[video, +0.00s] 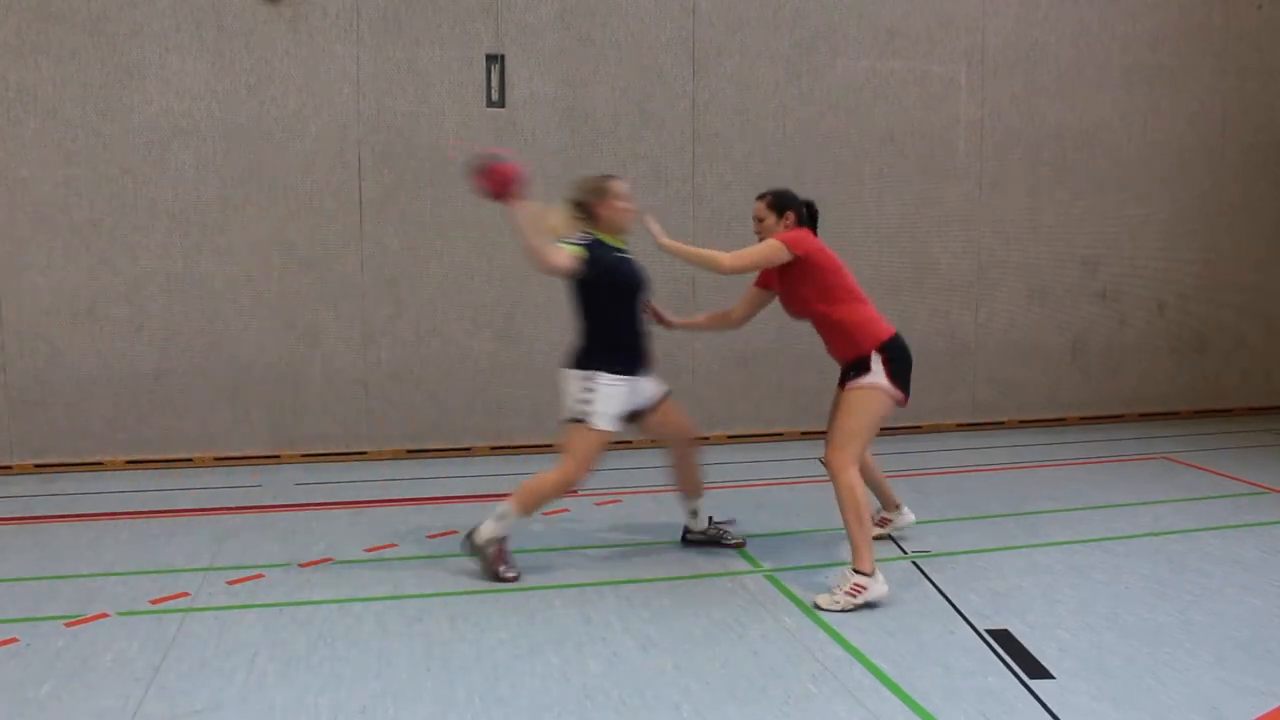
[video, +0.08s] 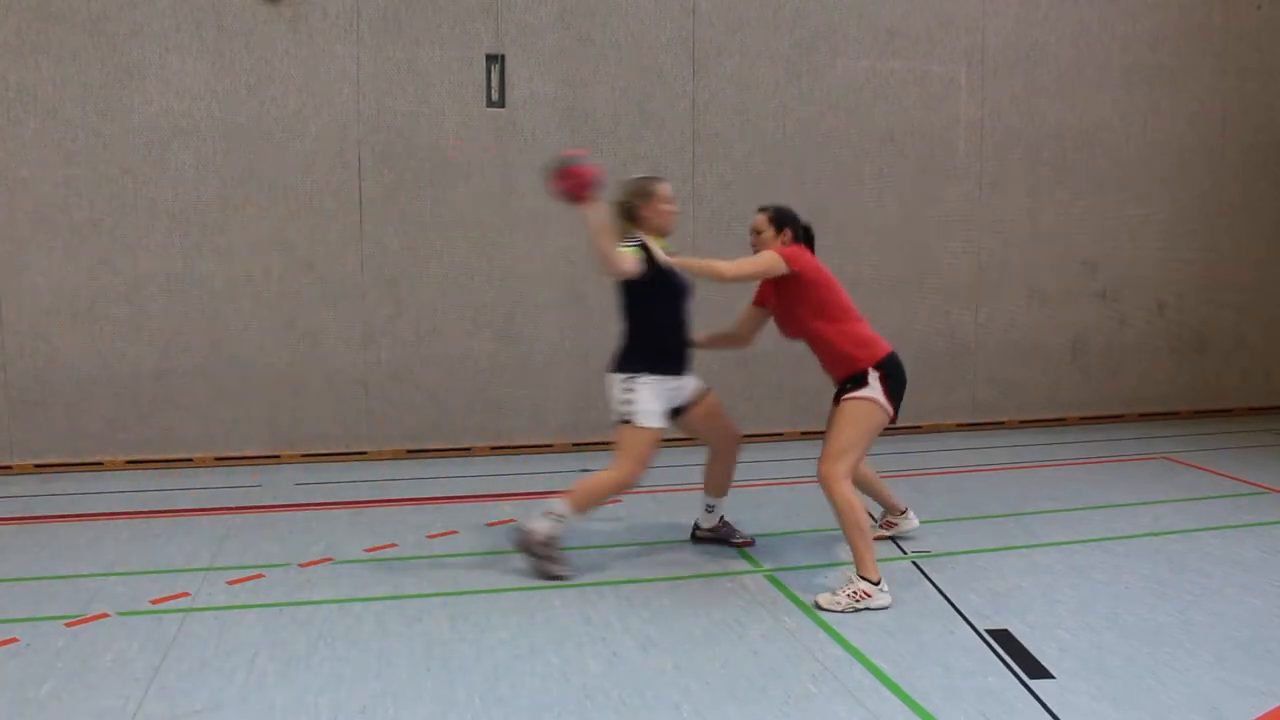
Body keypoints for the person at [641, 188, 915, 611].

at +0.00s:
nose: (754, 229)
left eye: (760, 221)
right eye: (754, 222)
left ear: (788, 219)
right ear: (782, 221)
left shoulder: (799, 243)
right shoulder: (779, 267)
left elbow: (727, 263)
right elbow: (734, 317)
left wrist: (666, 244)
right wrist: (674, 322)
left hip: (878, 357)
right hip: (860, 362)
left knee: (840, 459)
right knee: (847, 446)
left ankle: (865, 576)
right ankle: (893, 509)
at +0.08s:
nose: (752, 242)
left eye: (758, 233)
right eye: (751, 235)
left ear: (786, 235)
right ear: (783, 236)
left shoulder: (793, 258)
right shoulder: (773, 283)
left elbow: (727, 271)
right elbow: (741, 336)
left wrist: (669, 261)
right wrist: (687, 341)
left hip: (874, 373)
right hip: (855, 378)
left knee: (833, 473)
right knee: (845, 462)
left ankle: (870, 582)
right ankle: (898, 512)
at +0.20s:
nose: (753, 250)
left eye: (762, 243)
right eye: (752, 243)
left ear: (787, 248)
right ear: (755, 249)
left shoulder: (795, 271)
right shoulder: (777, 292)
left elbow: (746, 286)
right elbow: (764, 347)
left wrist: (702, 262)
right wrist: (722, 334)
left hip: (858, 395)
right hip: (837, 400)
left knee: (808, 482)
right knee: (827, 481)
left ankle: (861, 582)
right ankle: (894, 506)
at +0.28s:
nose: (761, 248)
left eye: (770, 242)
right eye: (759, 242)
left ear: (794, 249)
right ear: (760, 246)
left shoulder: (800, 272)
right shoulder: (776, 284)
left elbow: (765, 288)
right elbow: (785, 348)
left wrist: (727, 264)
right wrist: (741, 333)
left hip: (848, 399)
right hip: (826, 403)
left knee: (800, 483)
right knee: (823, 486)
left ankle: (858, 582)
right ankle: (892, 504)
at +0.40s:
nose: (774, 247)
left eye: (784, 242)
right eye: (771, 240)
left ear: (804, 247)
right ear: (765, 243)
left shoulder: (811, 275)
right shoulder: (772, 275)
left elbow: (791, 297)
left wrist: (755, 268)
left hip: (847, 403)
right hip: (816, 408)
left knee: (795, 483)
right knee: (830, 494)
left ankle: (849, 583)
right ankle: (893, 501)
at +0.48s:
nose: (785, 252)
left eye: (794, 245)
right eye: (781, 244)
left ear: (813, 251)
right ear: (772, 246)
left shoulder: (823, 279)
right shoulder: (773, 283)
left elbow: (809, 303)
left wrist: (764, 273)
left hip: (852, 408)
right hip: (815, 413)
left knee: (802, 481)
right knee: (835, 495)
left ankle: (849, 583)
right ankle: (893, 500)